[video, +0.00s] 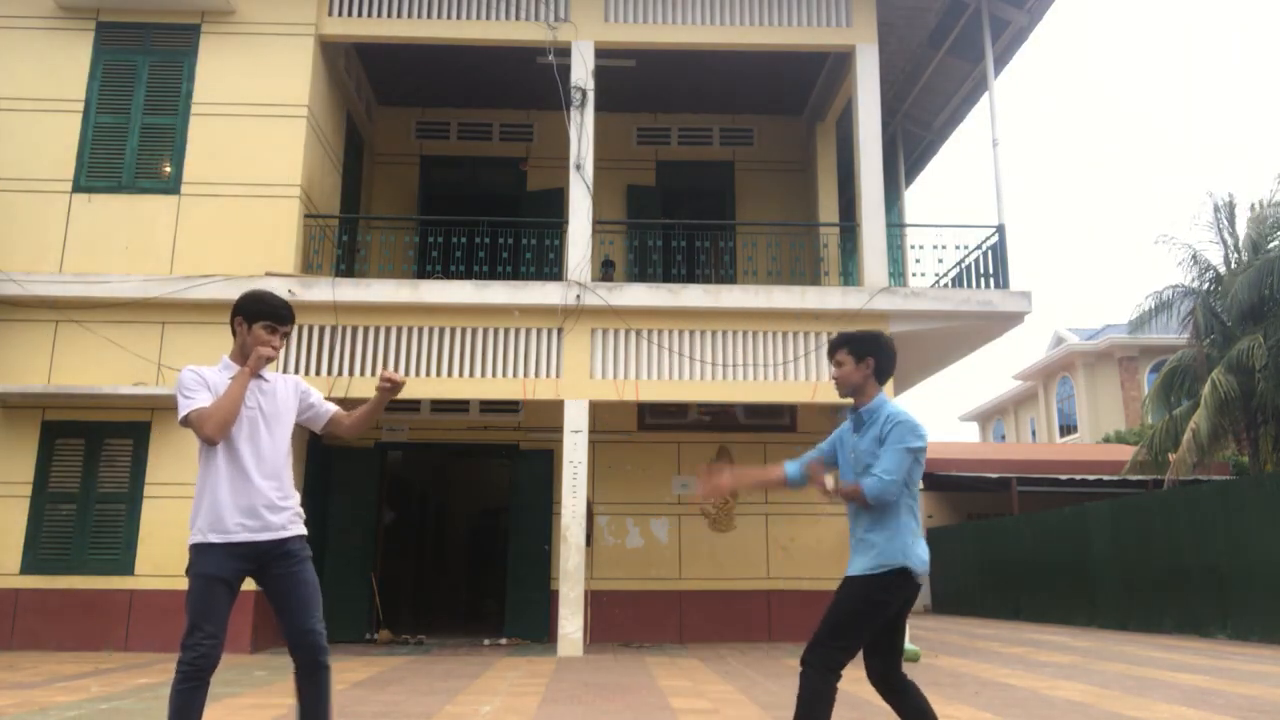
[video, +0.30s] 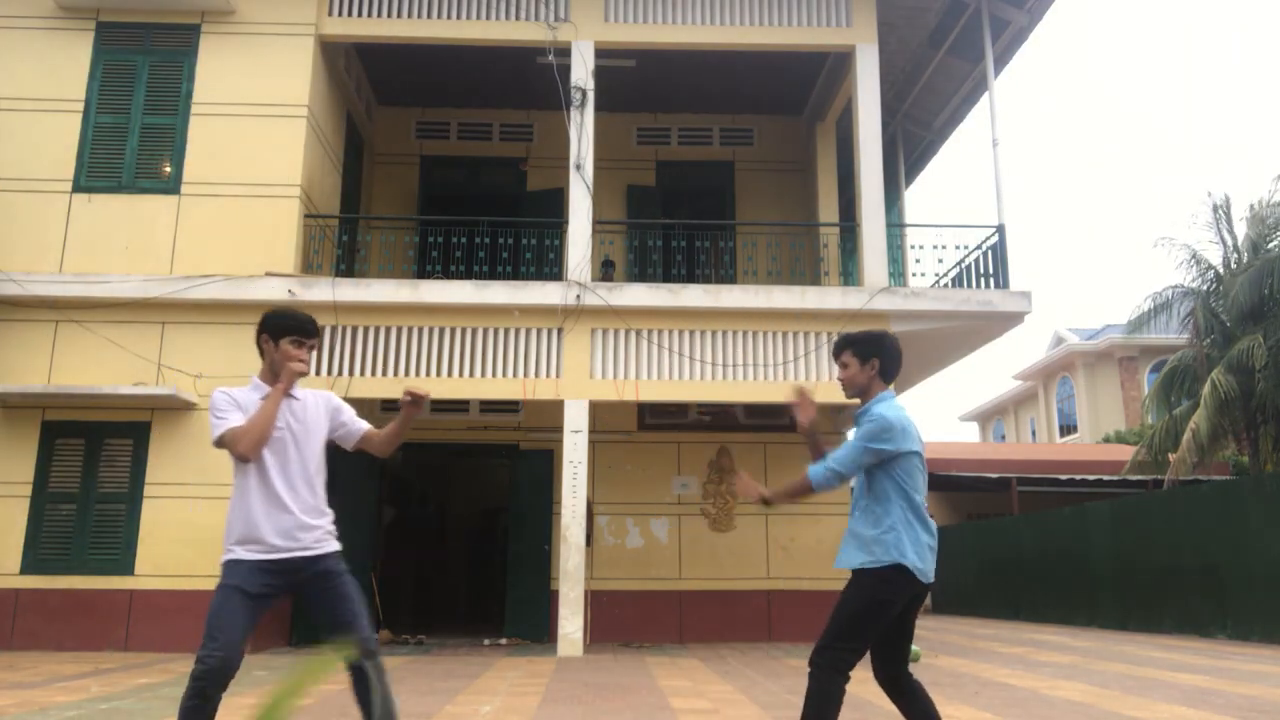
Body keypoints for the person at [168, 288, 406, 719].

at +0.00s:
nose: (276, 340)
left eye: (282, 334)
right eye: (268, 329)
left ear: (286, 337)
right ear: (239, 325)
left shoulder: (290, 387)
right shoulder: (198, 379)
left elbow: (346, 426)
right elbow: (211, 430)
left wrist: (381, 399)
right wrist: (246, 370)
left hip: (284, 538)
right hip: (218, 540)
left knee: (312, 648)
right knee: (199, 656)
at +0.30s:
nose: (305, 354)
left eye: (310, 348)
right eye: (296, 345)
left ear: (314, 352)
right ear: (265, 344)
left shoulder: (323, 403)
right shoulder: (229, 399)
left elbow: (378, 445)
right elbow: (245, 448)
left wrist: (406, 416)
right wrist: (281, 387)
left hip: (320, 556)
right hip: (251, 558)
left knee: (365, 652)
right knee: (215, 665)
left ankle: (383, 717)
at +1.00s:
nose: (345, 370)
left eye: (349, 362)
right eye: (336, 358)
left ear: (351, 367)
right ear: (306, 358)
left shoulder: (358, 421)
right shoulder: (265, 410)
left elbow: (402, 475)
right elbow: (276, 464)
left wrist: (454, 471)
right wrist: (326, 410)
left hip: (346, 567)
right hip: (275, 567)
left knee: (414, 648)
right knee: (197, 664)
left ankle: (423, 716)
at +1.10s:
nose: (342, 370)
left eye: (347, 362)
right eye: (334, 359)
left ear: (349, 368)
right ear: (304, 359)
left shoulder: (356, 420)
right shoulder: (263, 411)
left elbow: (400, 474)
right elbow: (276, 464)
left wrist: (453, 473)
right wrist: (324, 409)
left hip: (346, 569)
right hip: (274, 569)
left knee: (414, 648)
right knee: (197, 660)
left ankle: (423, 716)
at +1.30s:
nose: (339, 370)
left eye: (344, 362)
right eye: (330, 359)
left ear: (348, 368)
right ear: (300, 359)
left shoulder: (355, 420)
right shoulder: (262, 412)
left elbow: (400, 472)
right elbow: (276, 466)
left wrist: (452, 472)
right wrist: (323, 409)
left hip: (347, 570)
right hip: (275, 571)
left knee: (415, 648)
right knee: (197, 663)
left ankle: (424, 715)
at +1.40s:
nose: (338, 370)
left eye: (343, 362)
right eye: (329, 359)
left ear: (347, 368)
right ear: (299, 359)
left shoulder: (355, 420)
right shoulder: (262, 413)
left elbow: (400, 472)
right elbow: (276, 466)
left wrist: (452, 472)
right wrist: (323, 409)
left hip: (347, 570)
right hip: (275, 571)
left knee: (415, 648)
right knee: (197, 663)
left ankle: (422, 718)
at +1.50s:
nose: (338, 369)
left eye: (343, 361)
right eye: (329, 358)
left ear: (347, 367)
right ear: (299, 358)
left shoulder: (355, 420)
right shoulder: (261, 413)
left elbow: (400, 471)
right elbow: (277, 466)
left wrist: (452, 472)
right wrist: (322, 409)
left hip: (347, 566)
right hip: (276, 567)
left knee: (415, 648)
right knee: (199, 662)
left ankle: (422, 716)